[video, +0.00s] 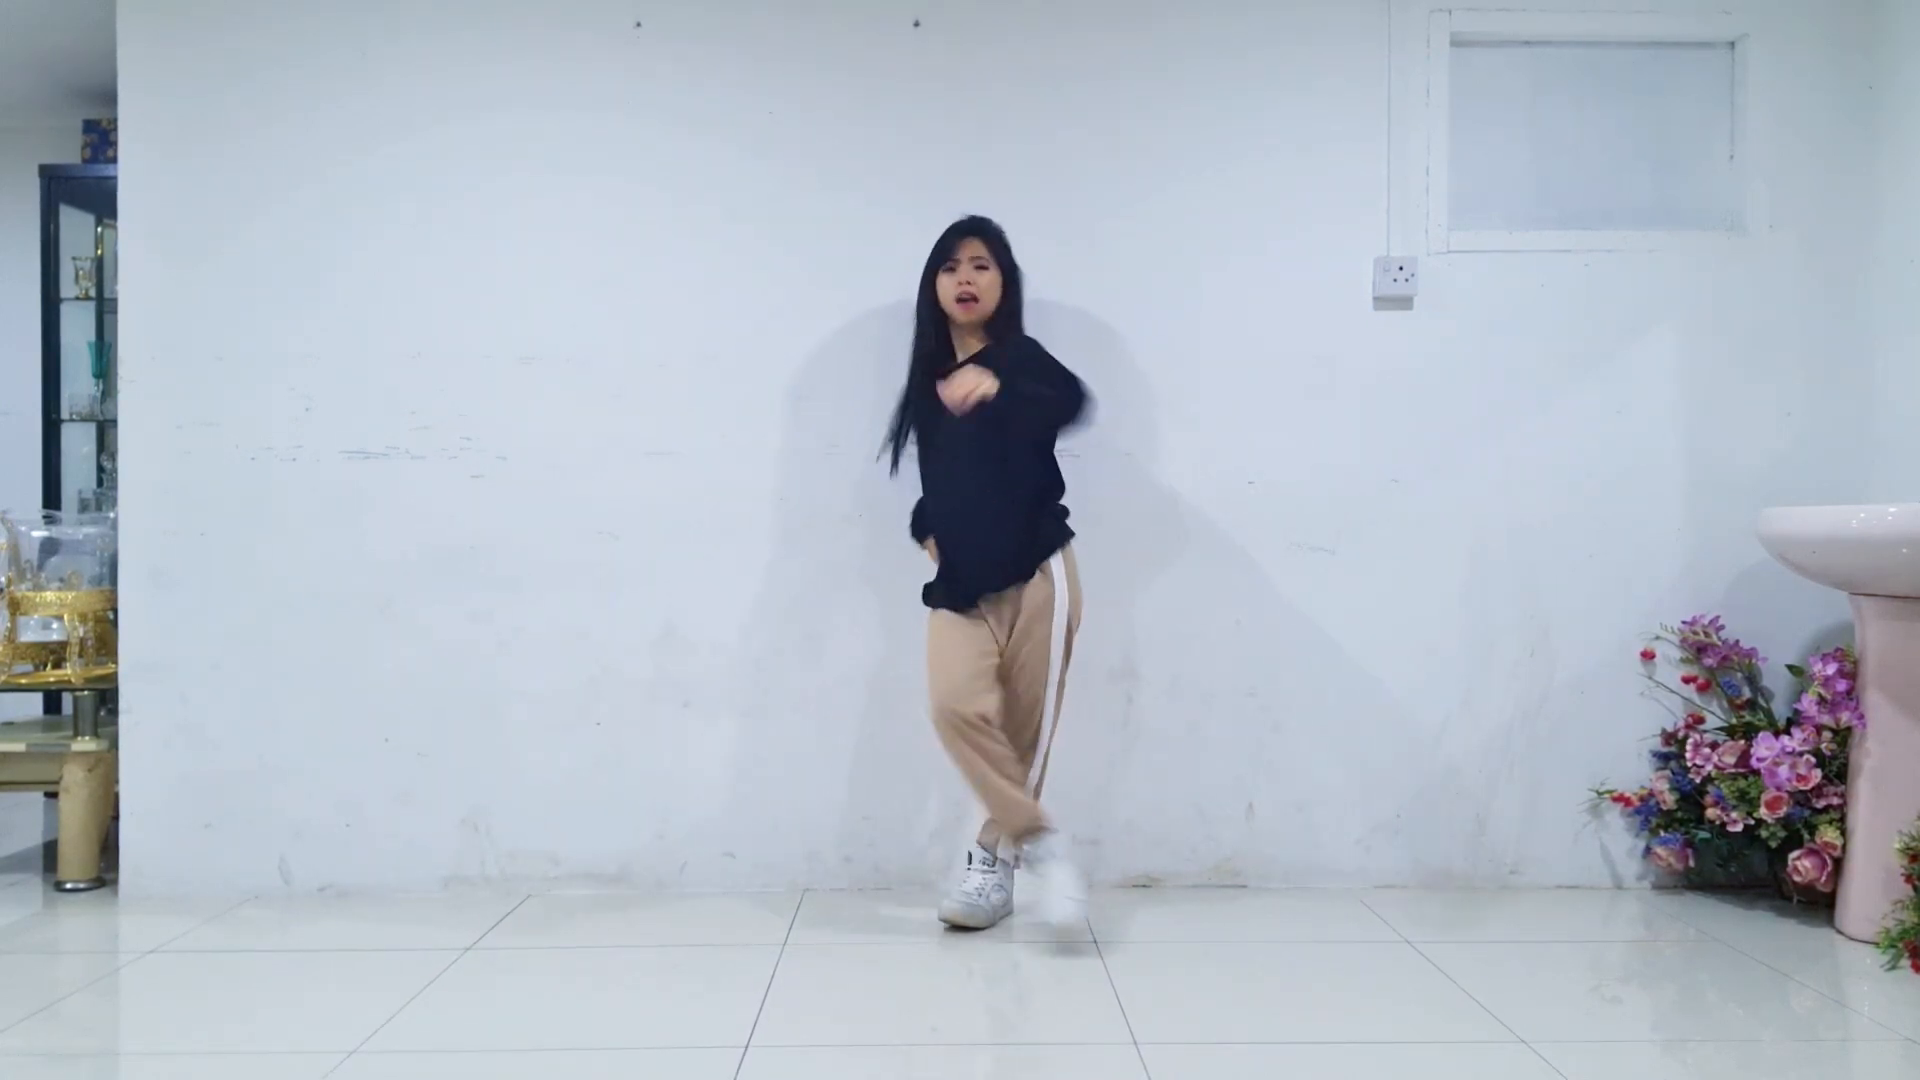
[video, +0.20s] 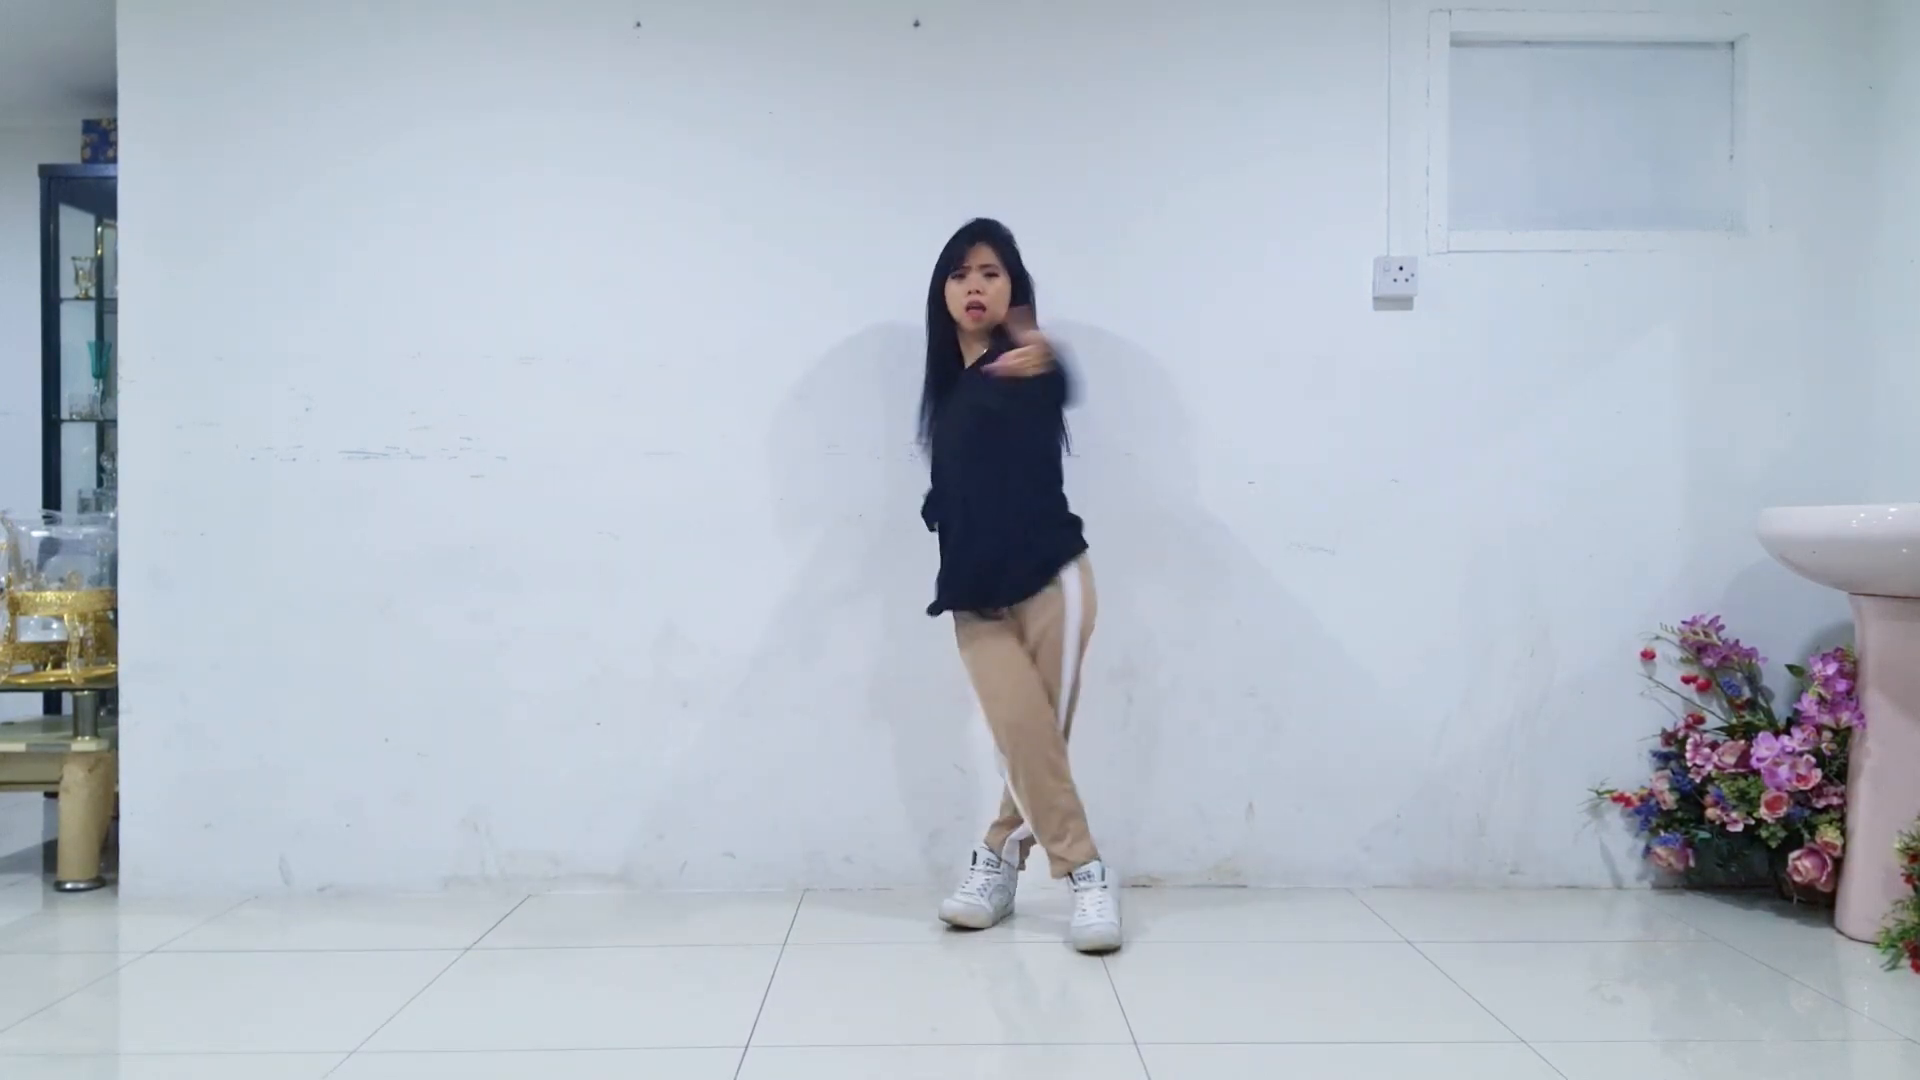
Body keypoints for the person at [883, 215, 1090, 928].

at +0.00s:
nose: (965, 279)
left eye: (981, 267)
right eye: (951, 267)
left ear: (1005, 282)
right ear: (932, 283)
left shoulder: (1025, 359)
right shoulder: (930, 378)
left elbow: (1072, 403)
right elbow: (939, 469)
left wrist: (999, 385)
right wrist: (927, 527)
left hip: (1037, 567)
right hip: (961, 572)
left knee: (1020, 717)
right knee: (956, 708)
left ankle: (994, 860)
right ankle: (1041, 845)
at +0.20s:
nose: (975, 288)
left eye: (990, 273)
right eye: (960, 274)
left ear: (1015, 289)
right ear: (942, 291)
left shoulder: (1033, 360)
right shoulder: (946, 383)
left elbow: (1048, 370)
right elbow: (950, 469)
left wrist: (1041, 355)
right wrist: (939, 516)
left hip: (1050, 571)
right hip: (971, 582)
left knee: (1042, 727)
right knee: (1022, 730)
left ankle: (999, 857)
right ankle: (1087, 876)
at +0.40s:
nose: (1044, 268)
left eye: (1037, 254)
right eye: (1031, 256)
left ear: (998, 276)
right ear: (997, 274)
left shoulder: (1024, 358)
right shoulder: (955, 371)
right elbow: (926, 451)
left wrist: (1073, 378)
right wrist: (996, 491)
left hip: (1063, 554)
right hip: (997, 561)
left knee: (1015, 715)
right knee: (1045, 716)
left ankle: (963, 854)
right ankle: (1093, 873)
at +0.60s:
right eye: (1035, 278)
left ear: (963, 287)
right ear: (1035, 283)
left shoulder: (939, 362)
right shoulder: (1067, 350)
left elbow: (878, 417)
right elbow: (1135, 405)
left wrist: (949, 414)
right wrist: (1086, 460)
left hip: (941, 562)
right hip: (1025, 558)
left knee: (947, 723)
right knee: (1066, 720)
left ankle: (956, 884)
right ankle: (1103, 877)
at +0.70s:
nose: (949, 294)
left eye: (953, 284)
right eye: (955, 283)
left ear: (963, 289)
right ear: (1027, 287)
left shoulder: (935, 350)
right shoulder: (1053, 350)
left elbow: (886, 390)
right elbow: (1140, 398)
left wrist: (873, 350)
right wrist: (1076, 461)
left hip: (952, 560)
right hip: (1033, 549)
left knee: (961, 718)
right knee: (1059, 711)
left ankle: (993, 887)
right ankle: (1084, 873)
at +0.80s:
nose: (932, 269)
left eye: (944, 257)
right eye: (937, 255)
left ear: (978, 275)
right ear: (1000, 279)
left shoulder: (965, 347)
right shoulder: (1032, 350)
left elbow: (950, 387)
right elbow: (1076, 410)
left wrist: (910, 336)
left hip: (980, 561)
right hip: (1035, 545)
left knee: (995, 718)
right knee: (1046, 713)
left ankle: (1019, 883)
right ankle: (1080, 875)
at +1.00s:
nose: (933, 260)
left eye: (954, 249)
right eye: (928, 248)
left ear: (988, 268)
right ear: (916, 263)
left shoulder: (1012, 331)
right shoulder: (929, 353)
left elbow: (1065, 382)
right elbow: (939, 426)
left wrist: (1023, 298)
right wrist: (888, 417)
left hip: (1021, 551)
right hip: (960, 556)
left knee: (1025, 704)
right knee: (996, 710)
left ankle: (1046, 862)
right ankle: (1057, 842)